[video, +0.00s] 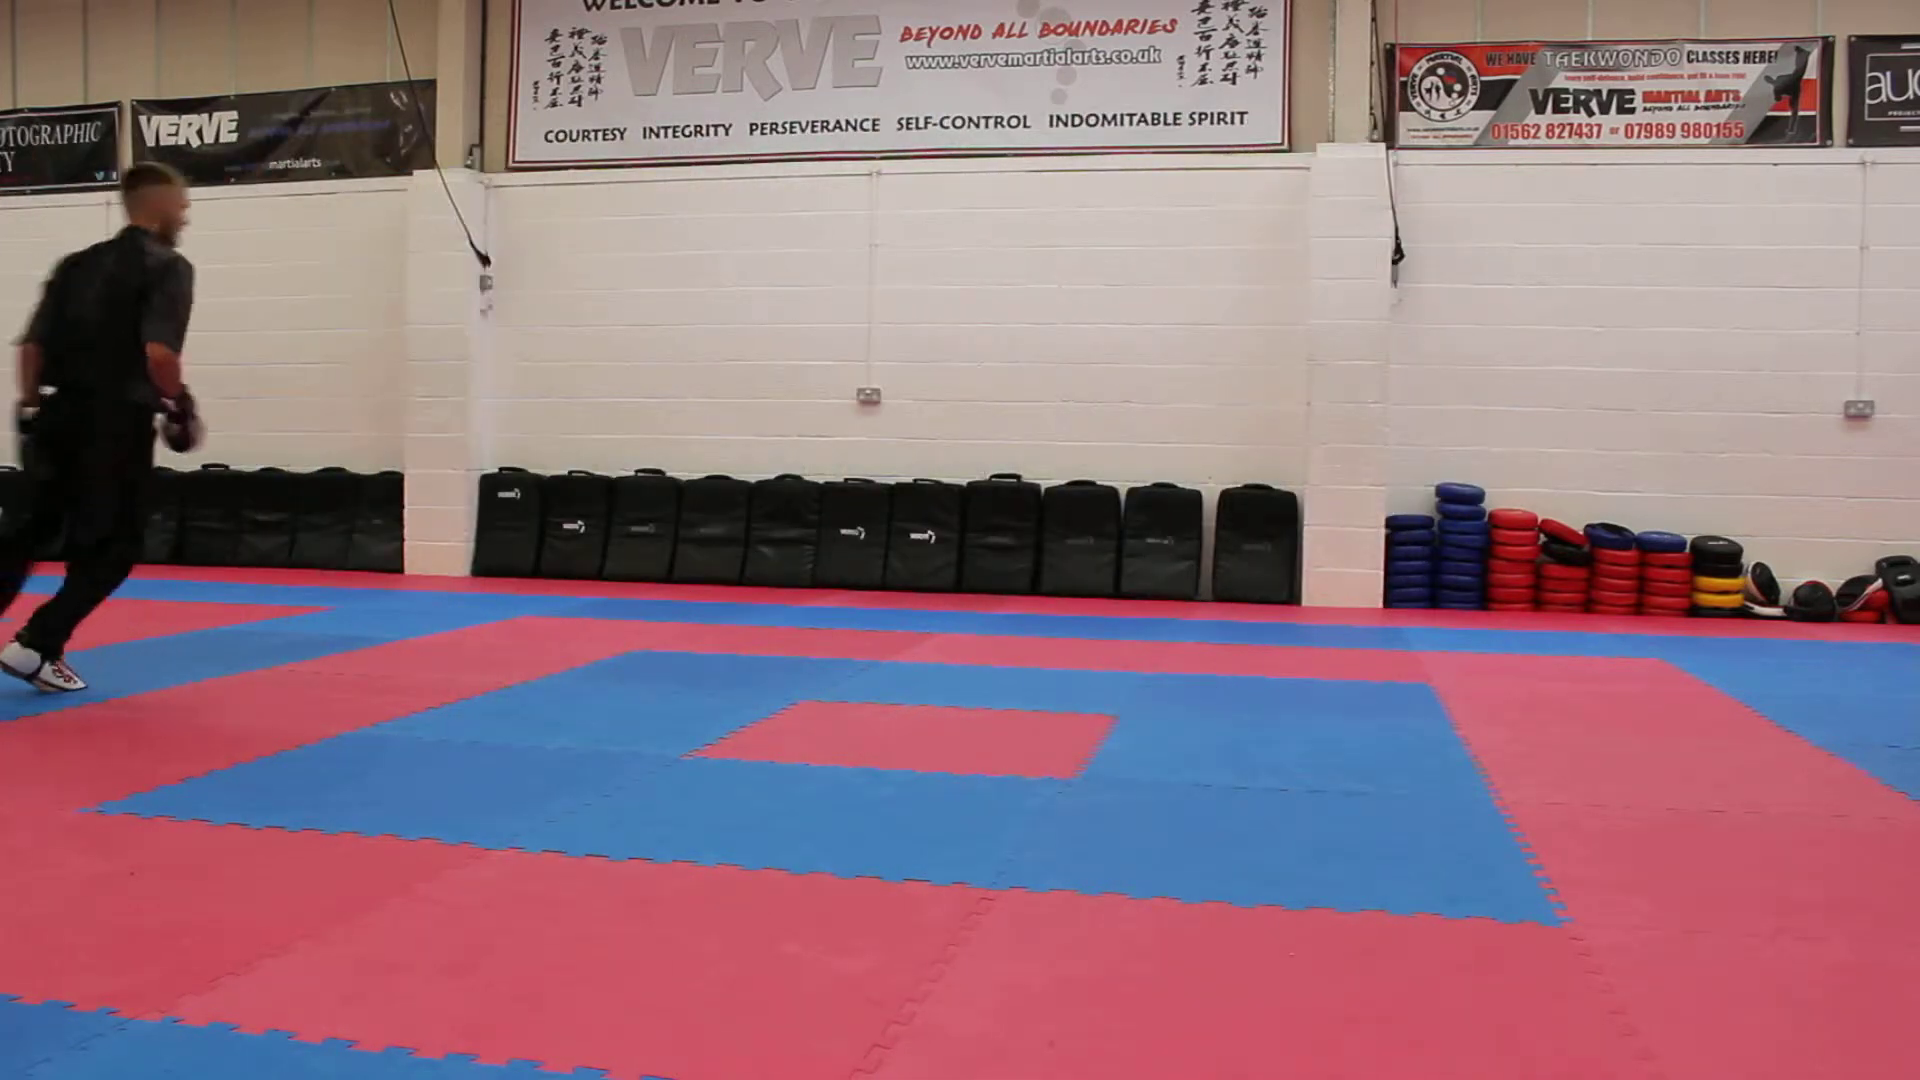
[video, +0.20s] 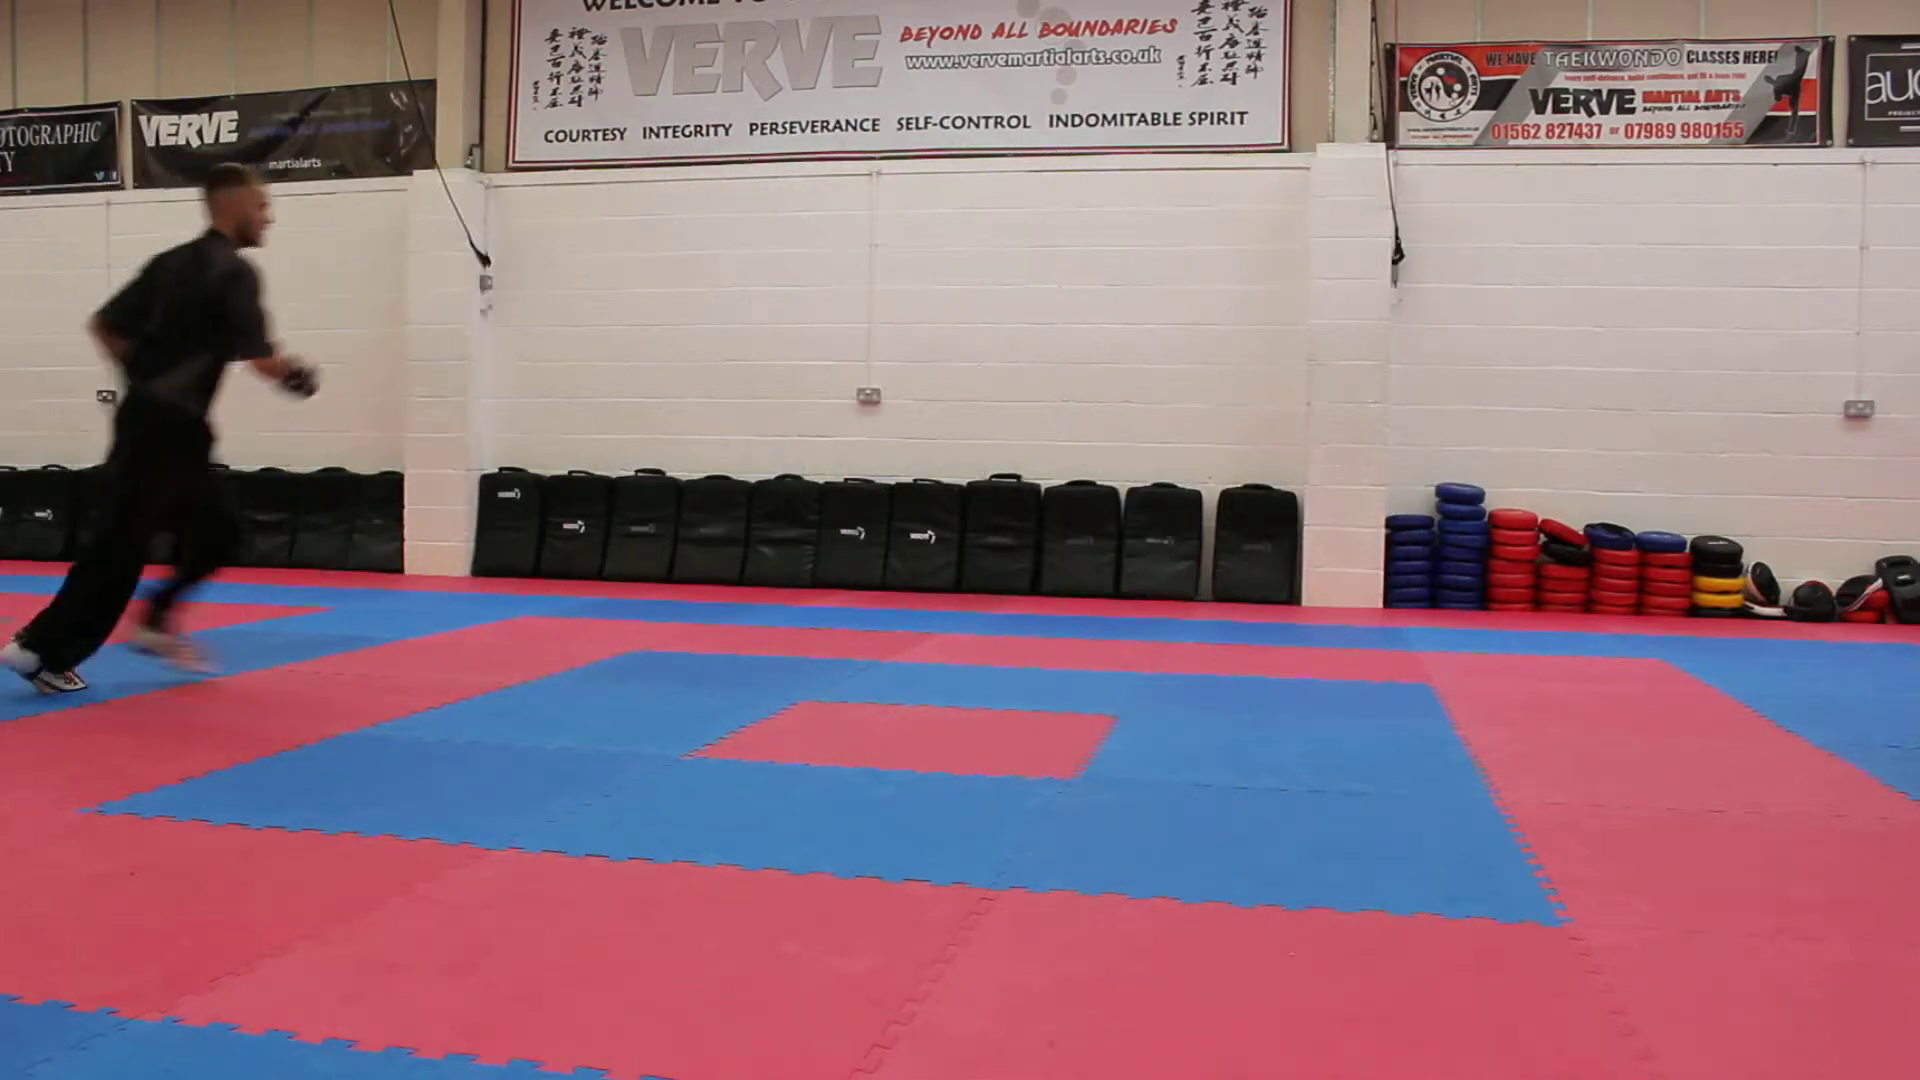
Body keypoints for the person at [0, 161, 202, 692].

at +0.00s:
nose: (186, 214)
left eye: (185, 202)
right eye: (181, 203)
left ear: (131, 205)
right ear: (161, 205)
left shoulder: (77, 263)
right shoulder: (168, 268)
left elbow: (32, 344)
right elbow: (159, 353)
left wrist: (30, 401)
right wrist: (180, 405)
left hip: (59, 423)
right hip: (120, 428)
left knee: (33, 530)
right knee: (116, 549)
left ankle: (44, 651)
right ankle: (33, 644)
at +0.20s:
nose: (268, 215)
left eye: (267, 204)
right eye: (260, 205)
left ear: (221, 208)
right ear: (232, 206)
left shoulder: (174, 261)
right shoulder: (235, 273)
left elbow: (107, 324)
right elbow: (258, 355)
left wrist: (148, 372)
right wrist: (289, 373)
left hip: (145, 423)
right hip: (174, 431)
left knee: (214, 529)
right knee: (124, 544)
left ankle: (155, 621)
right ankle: (44, 650)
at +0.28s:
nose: (310, 209)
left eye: (308, 198)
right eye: (301, 199)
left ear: (261, 205)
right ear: (269, 202)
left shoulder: (219, 257)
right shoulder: (279, 265)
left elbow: (158, 323)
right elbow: (301, 354)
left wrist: (198, 366)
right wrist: (328, 368)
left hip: (183, 418)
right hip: (220, 425)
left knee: (141, 529)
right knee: (269, 526)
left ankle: (66, 637)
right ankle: (245, 637)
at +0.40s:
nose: (372, 220)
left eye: (370, 209)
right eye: (362, 210)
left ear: (331, 218)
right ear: (331, 216)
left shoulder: (305, 272)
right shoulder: (324, 280)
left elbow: (294, 365)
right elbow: (305, 370)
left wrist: (339, 405)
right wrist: (346, 406)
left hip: (269, 430)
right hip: (276, 434)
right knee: (306, 550)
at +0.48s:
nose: (415, 214)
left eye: (413, 203)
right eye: (404, 205)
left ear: (382, 211)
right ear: (371, 210)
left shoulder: (370, 272)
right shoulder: (351, 267)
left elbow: (346, 353)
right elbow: (304, 340)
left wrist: (400, 376)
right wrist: (360, 391)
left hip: (330, 421)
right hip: (305, 422)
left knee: (334, 542)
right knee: (341, 545)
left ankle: (277, 647)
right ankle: (255, 622)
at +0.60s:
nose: (485, 185)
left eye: (483, 175)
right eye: (474, 176)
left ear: (460, 183)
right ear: (442, 183)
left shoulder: (449, 248)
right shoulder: (416, 239)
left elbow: (426, 327)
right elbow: (349, 295)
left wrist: (473, 339)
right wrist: (397, 347)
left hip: (399, 397)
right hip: (380, 401)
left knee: (361, 514)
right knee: (446, 520)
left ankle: (287, 619)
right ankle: (416, 652)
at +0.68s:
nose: (532, 182)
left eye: (532, 172)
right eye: (520, 173)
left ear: (515, 182)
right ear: (486, 180)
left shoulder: (501, 253)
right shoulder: (458, 246)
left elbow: (473, 331)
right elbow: (401, 317)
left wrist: (514, 354)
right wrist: (452, 375)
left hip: (454, 402)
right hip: (427, 404)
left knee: (414, 523)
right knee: (481, 525)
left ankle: (334, 593)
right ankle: (493, 667)